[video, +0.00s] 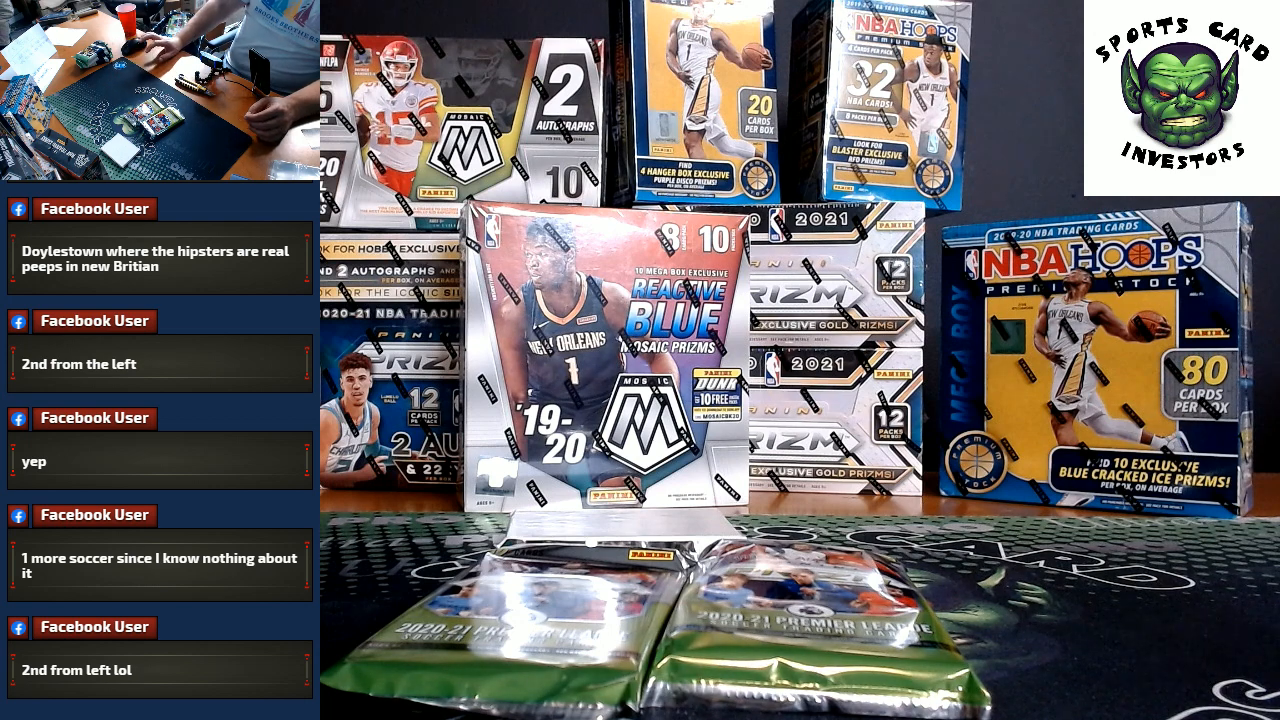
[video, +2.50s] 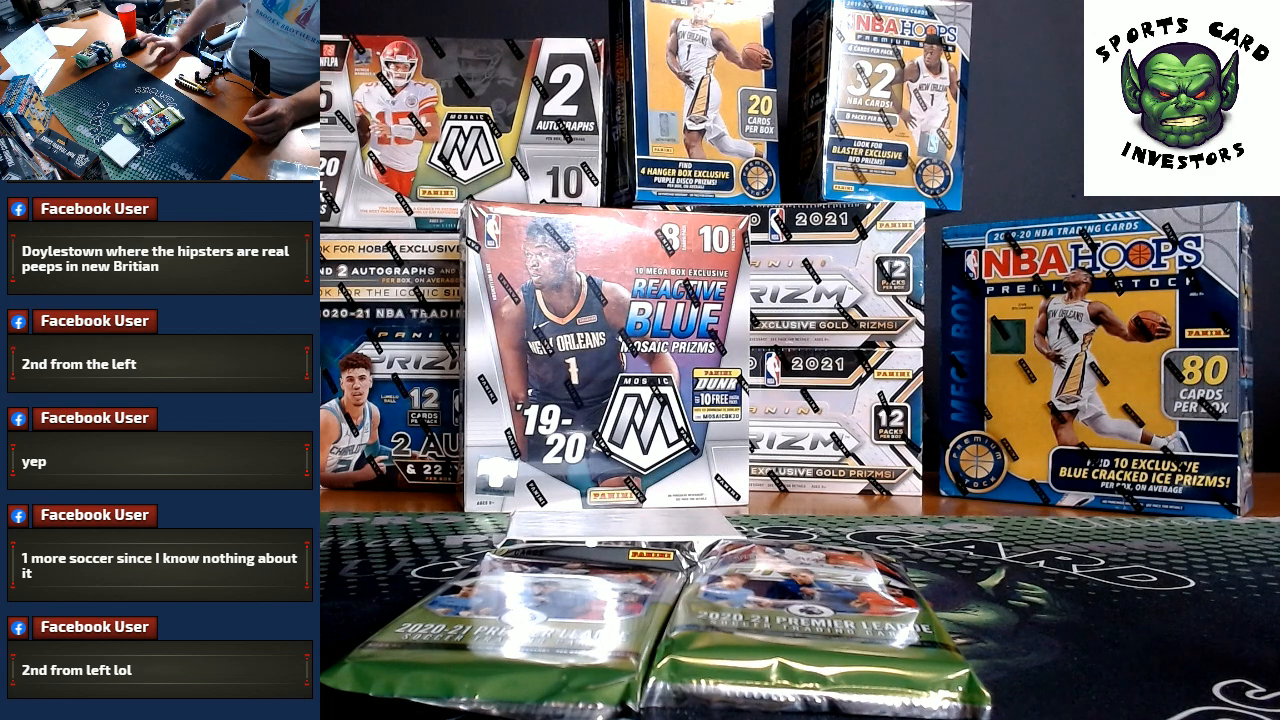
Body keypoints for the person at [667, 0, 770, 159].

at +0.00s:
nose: (697, 8)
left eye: (703, 6)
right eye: (695, 5)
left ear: (711, 12)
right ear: (691, 7)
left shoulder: (715, 34)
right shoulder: (678, 24)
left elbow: (740, 60)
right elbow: (670, 53)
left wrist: (764, 63)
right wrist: (678, 72)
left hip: (705, 87)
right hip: (692, 88)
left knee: (692, 141)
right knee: (725, 145)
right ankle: (767, 158)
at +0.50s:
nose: (697, 8)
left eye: (702, 6)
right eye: (695, 5)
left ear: (711, 12)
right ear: (691, 8)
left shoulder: (715, 34)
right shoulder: (678, 25)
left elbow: (740, 60)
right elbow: (670, 53)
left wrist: (764, 63)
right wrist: (678, 72)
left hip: (705, 87)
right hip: (692, 88)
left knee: (692, 141)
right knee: (725, 145)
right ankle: (767, 158)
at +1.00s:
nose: (697, 9)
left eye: (702, 6)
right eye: (695, 5)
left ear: (711, 12)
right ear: (691, 8)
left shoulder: (715, 34)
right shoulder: (678, 24)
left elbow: (740, 60)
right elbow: (670, 53)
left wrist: (765, 63)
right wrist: (678, 72)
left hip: (705, 87)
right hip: (692, 88)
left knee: (692, 141)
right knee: (725, 145)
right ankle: (767, 158)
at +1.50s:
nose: (697, 9)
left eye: (702, 6)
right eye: (695, 5)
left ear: (711, 12)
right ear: (691, 8)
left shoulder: (715, 34)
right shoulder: (678, 25)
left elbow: (739, 60)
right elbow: (670, 53)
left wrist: (764, 62)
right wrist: (678, 72)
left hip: (705, 87)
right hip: (692, 88)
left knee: (692, 141)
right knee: (725, 145)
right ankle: (767, 158)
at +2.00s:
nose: (697, 9)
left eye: (702, 6)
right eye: (694, 5)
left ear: (711, 12)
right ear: (691, 8)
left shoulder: (715, 34)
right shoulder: (678, 25)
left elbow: (739, 60)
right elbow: (670, 53)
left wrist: (764, 63)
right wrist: (678, 72)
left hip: (705, 87)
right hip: (692, 88)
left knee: (692, 141)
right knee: (725, 145)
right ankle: (767, 158)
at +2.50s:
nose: (697, 9)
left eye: (703, 6)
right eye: (695, 6)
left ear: (711, 12)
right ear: (692, 8)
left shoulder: (715, 34)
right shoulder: (678, 25)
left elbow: (740, 59)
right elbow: (670, 53)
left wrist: (764, 62)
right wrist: (678, 72)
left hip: (705, 87)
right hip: (692, 88)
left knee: (692, 141)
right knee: (725, 145)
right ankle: (766, 158)